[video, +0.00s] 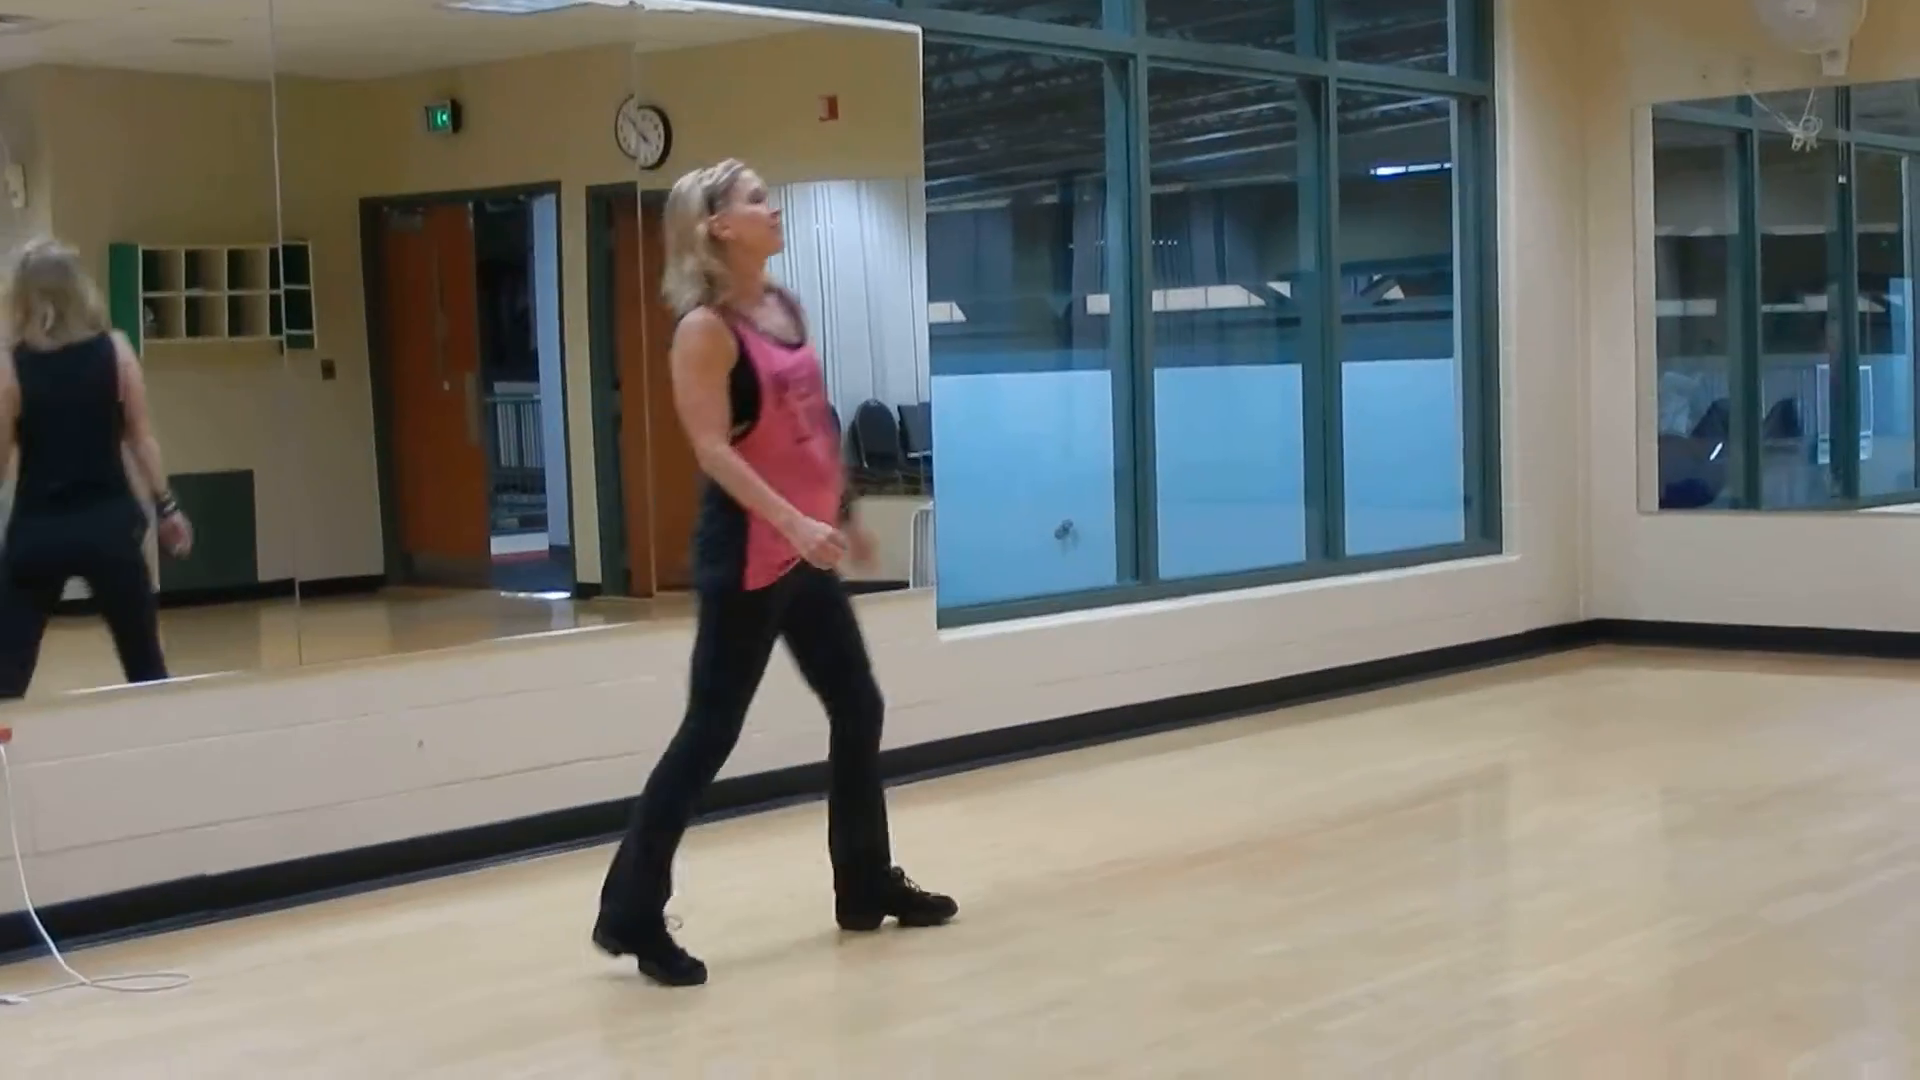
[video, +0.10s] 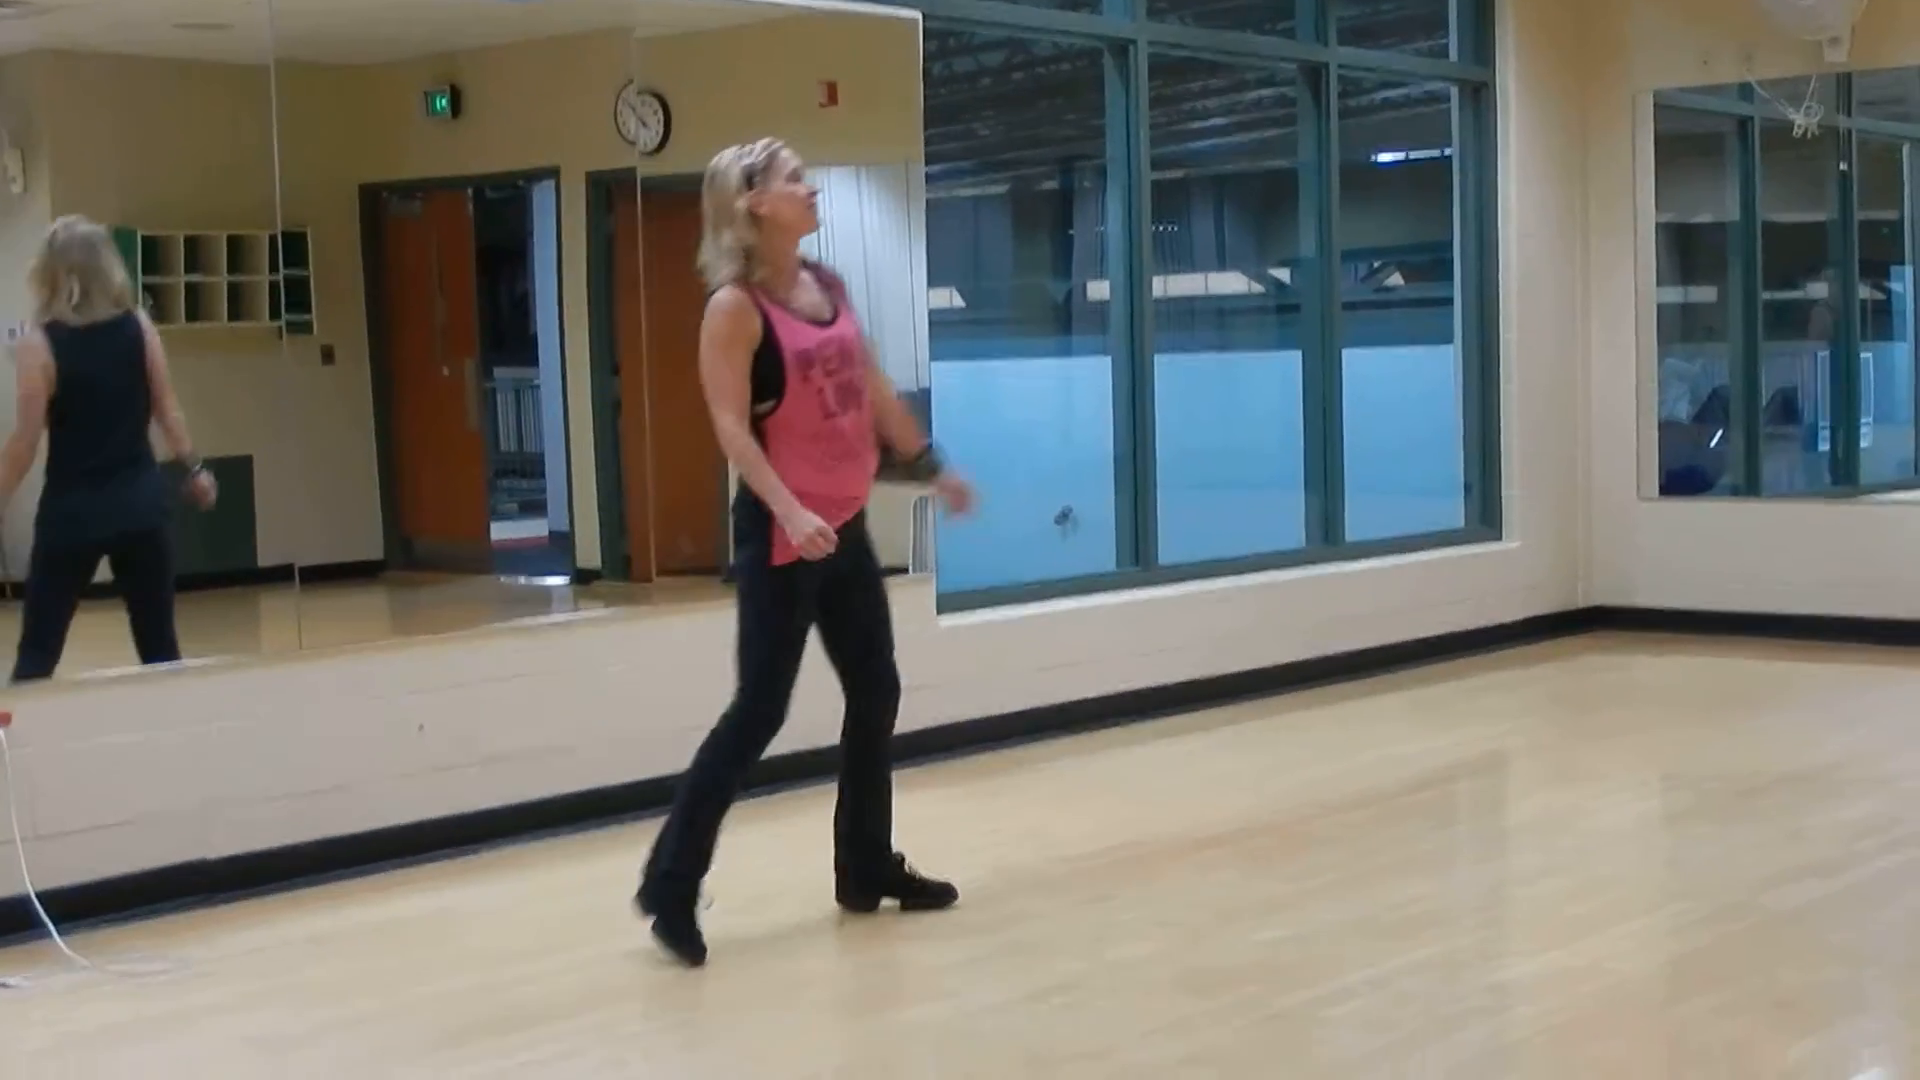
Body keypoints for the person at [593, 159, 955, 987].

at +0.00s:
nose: (772, 208)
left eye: (768, 198)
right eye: (754, 200)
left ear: (756, 226)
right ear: (713, 228)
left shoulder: (780, 306)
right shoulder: (702, 328)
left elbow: (800, 426)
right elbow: (711, 448)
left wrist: (837, 516)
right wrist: (793, 525)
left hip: (802, 546)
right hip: (745, 552)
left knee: (858, 710)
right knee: (707, 734)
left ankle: (865, 887)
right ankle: (628, 912)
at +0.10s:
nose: (810, 189)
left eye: (805, 178)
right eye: (791, 181)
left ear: (788, 205)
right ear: (751, 207)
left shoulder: (824, 284)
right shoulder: (732, 307)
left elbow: (870, 386)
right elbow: (730, 427)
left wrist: (927, 465)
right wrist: (789, 509)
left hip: (843, 523)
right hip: (777, 532)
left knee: (875, 693)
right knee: (759, 709)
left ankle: (866, 869)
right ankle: (670, 887)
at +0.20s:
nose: (843, 167)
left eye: (839, 156)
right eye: (826, 158)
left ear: (816, 184)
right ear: (784, 182)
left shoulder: (858, 266)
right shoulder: (758, 288)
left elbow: (920, 358)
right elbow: (745, 406)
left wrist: (1006, 420)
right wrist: (784, 499)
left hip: (870, 504)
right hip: (801, 515)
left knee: (882, 681)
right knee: (820, 690)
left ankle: (875, 845)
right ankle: (719, 847)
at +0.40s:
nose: (892, 138)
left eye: (888, 126)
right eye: (876, 128)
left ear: (860, 148)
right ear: (831, 146)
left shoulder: (894, 242)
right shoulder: (793, 243)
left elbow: (944, 343)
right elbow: (757, 357)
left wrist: (1030, 301)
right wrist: (760, 463)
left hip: (896, 466)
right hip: (826, 478)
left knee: (896, 640)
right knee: (896, 638)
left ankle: (882, 801)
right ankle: (839, 793)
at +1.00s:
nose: (909, 116)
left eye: (915, 103)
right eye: (896, 102)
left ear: (911, 109)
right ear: (848, 104)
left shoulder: (922, 179)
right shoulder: (797, 198)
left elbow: (957, 280)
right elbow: (761, 296)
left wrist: (1006, 368)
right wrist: (771, 359)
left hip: (903, 417)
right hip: (823, 422)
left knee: (905, 599)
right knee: (828, 595)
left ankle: (898, 764)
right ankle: (785, 781)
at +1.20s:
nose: (876, 121)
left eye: (881, 108)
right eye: (862, 107)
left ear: (879, 116)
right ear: (814, 112)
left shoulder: (890, 193)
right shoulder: (764, 199)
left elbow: (900, 297)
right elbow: (724, 314)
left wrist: (904, 373)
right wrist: (752, 300)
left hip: (881, 430)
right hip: (797, 440)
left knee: (894, 606)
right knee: (758, 620)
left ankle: (906, 760)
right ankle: (703, 803)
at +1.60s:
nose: (806, 120)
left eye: (811, 106)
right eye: (791, 105)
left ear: (809, 117)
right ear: (742, 111)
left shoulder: (809, 198)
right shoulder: (704, 200)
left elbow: (799, 307)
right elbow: (681, 306)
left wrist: (830, 373)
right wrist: (694, 388)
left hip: (784, 448)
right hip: (702, 454)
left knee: (837, 618)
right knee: (711, 642)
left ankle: (775, 735)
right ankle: (715, 818)